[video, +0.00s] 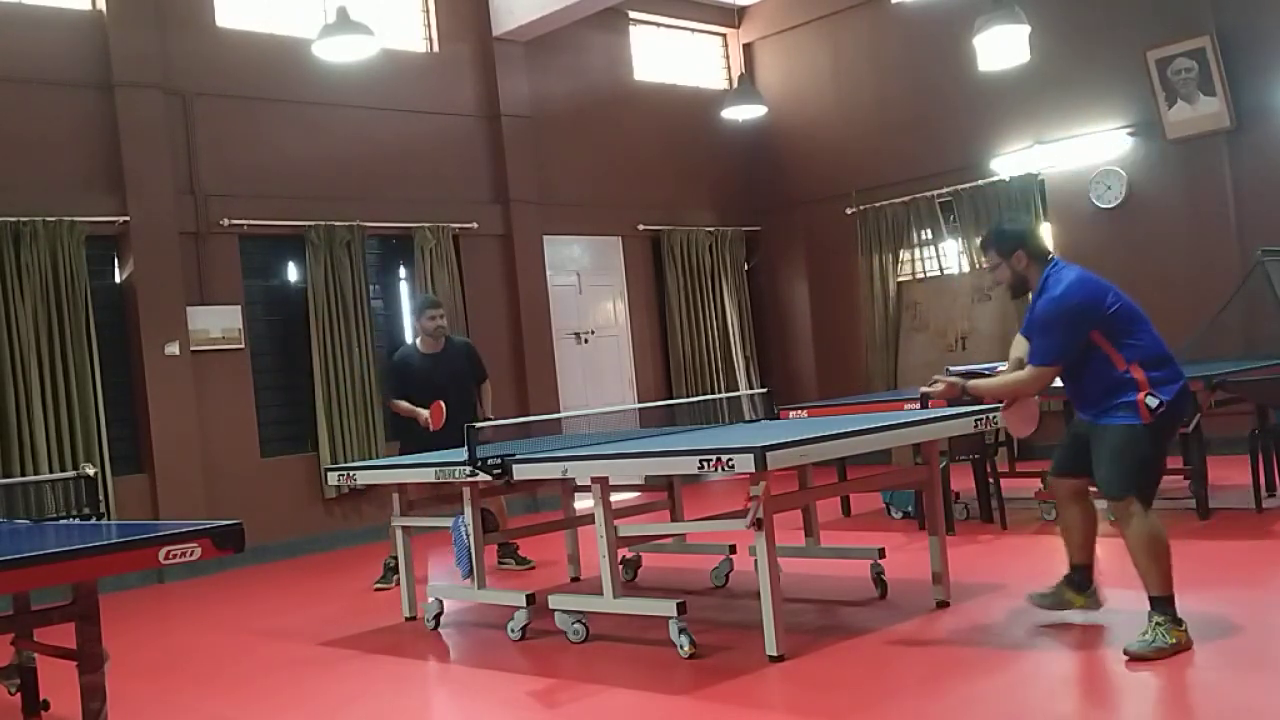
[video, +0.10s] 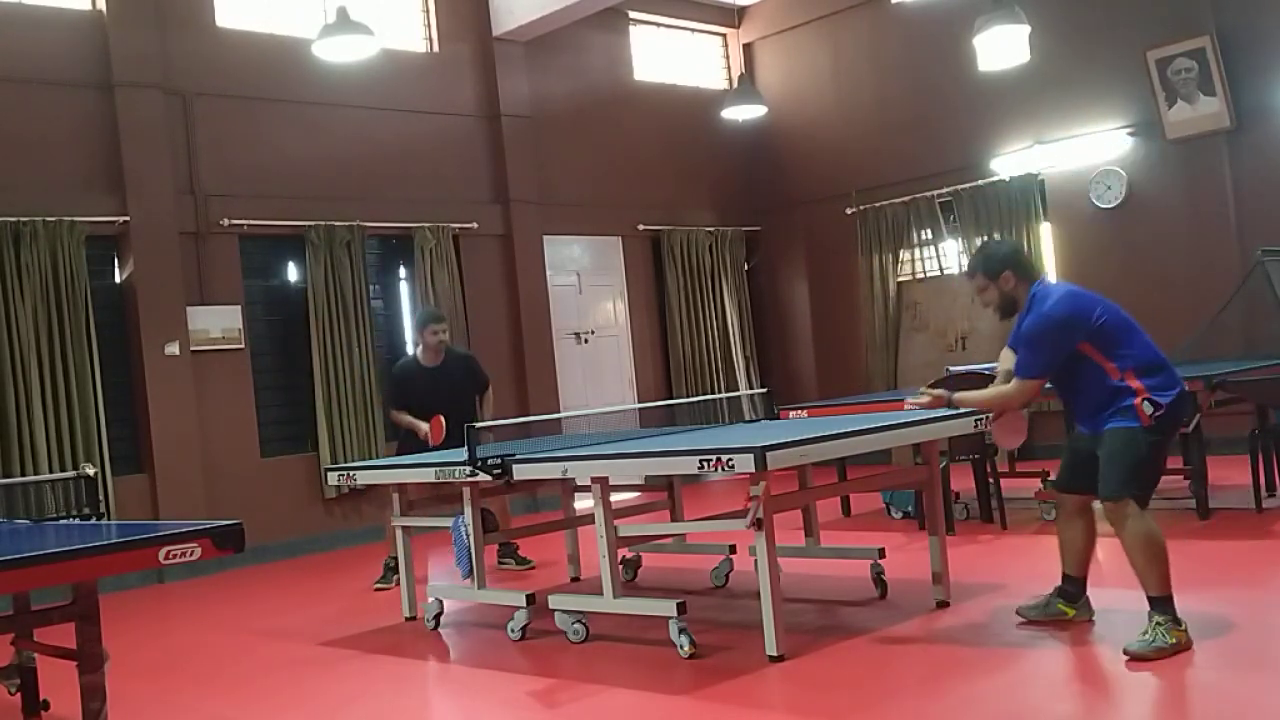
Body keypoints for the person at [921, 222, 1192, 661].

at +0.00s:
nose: (993, 278)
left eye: (995, 267)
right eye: (990, 270)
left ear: (1020, 258)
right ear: (1020, 260)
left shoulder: (1064, 295)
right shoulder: (1045, 292)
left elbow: (1035, 380)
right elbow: (1025, 340)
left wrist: (963, 387)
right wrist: (1012, 370)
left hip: (1142, 399)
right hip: (1103, 403)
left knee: (1124, 500)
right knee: (1065, 481)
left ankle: (1167, 622)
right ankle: (1079, 586)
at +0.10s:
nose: (982, 301)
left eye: (983, 291)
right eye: (979, 294)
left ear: (1008, 279)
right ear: (1009, 280)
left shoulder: (1051, 311)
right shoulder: (1034, 305)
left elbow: (1020, 394)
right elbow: (1012, 351)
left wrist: (950, 398)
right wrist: (1005, 385)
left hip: (1142, 402)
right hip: (1101, 410)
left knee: (1117, 500)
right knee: (1070, 495)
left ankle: (1167, 622)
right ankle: (1071, 597)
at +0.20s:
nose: (971, 323)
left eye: (972, 312)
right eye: (967, 315)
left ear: (997, 300)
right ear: (1000, 299)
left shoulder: (1040, 328)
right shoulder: (1027, 322)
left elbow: (1002, 411)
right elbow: (1000, 368)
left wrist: (938, 409)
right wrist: (996, 404)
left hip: (1141, 407)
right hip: (1097, 417)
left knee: (1113, 499)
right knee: (1060, 492)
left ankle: (1167, 622)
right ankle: (1069, 599)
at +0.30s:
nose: (965, 337)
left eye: (965, 326)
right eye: (960, 329)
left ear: (989, 313)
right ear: (990, 313)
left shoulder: (1030, 341)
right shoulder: (1019, 331)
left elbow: (995, 418)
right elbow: (992, 380)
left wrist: (928, 415)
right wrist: (990, 412)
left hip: (1139, 410)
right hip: (1095, 420)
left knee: (1113, 502)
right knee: (1054, 493)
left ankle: (1166, 621)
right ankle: (1070, 600)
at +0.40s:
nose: (958, 344)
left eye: (960, 334)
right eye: (954, 336)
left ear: (983, 321)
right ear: (986, 320)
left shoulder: (1024, 346)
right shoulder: (1015, 334)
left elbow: (990, 422)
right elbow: (987, 389)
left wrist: (924, 417)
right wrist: (990, 419)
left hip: (1136, 410)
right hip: (1094, 421)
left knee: (1111, 502)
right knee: (1050, 492)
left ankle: (1166, 621)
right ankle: (1070, 600)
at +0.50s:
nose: (955, 344)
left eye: (957, 334)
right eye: (951, 337)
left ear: (980, 322)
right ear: (983, 321)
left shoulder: (1022, 346)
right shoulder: (1014, 335)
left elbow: (989, 422)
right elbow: (984, 388)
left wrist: (924, 417)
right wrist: (992, 415)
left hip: (1134, 411)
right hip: (1091, 422)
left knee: (1109, 502)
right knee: (1047, 493)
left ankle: (1165, 621)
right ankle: (1069, 599)